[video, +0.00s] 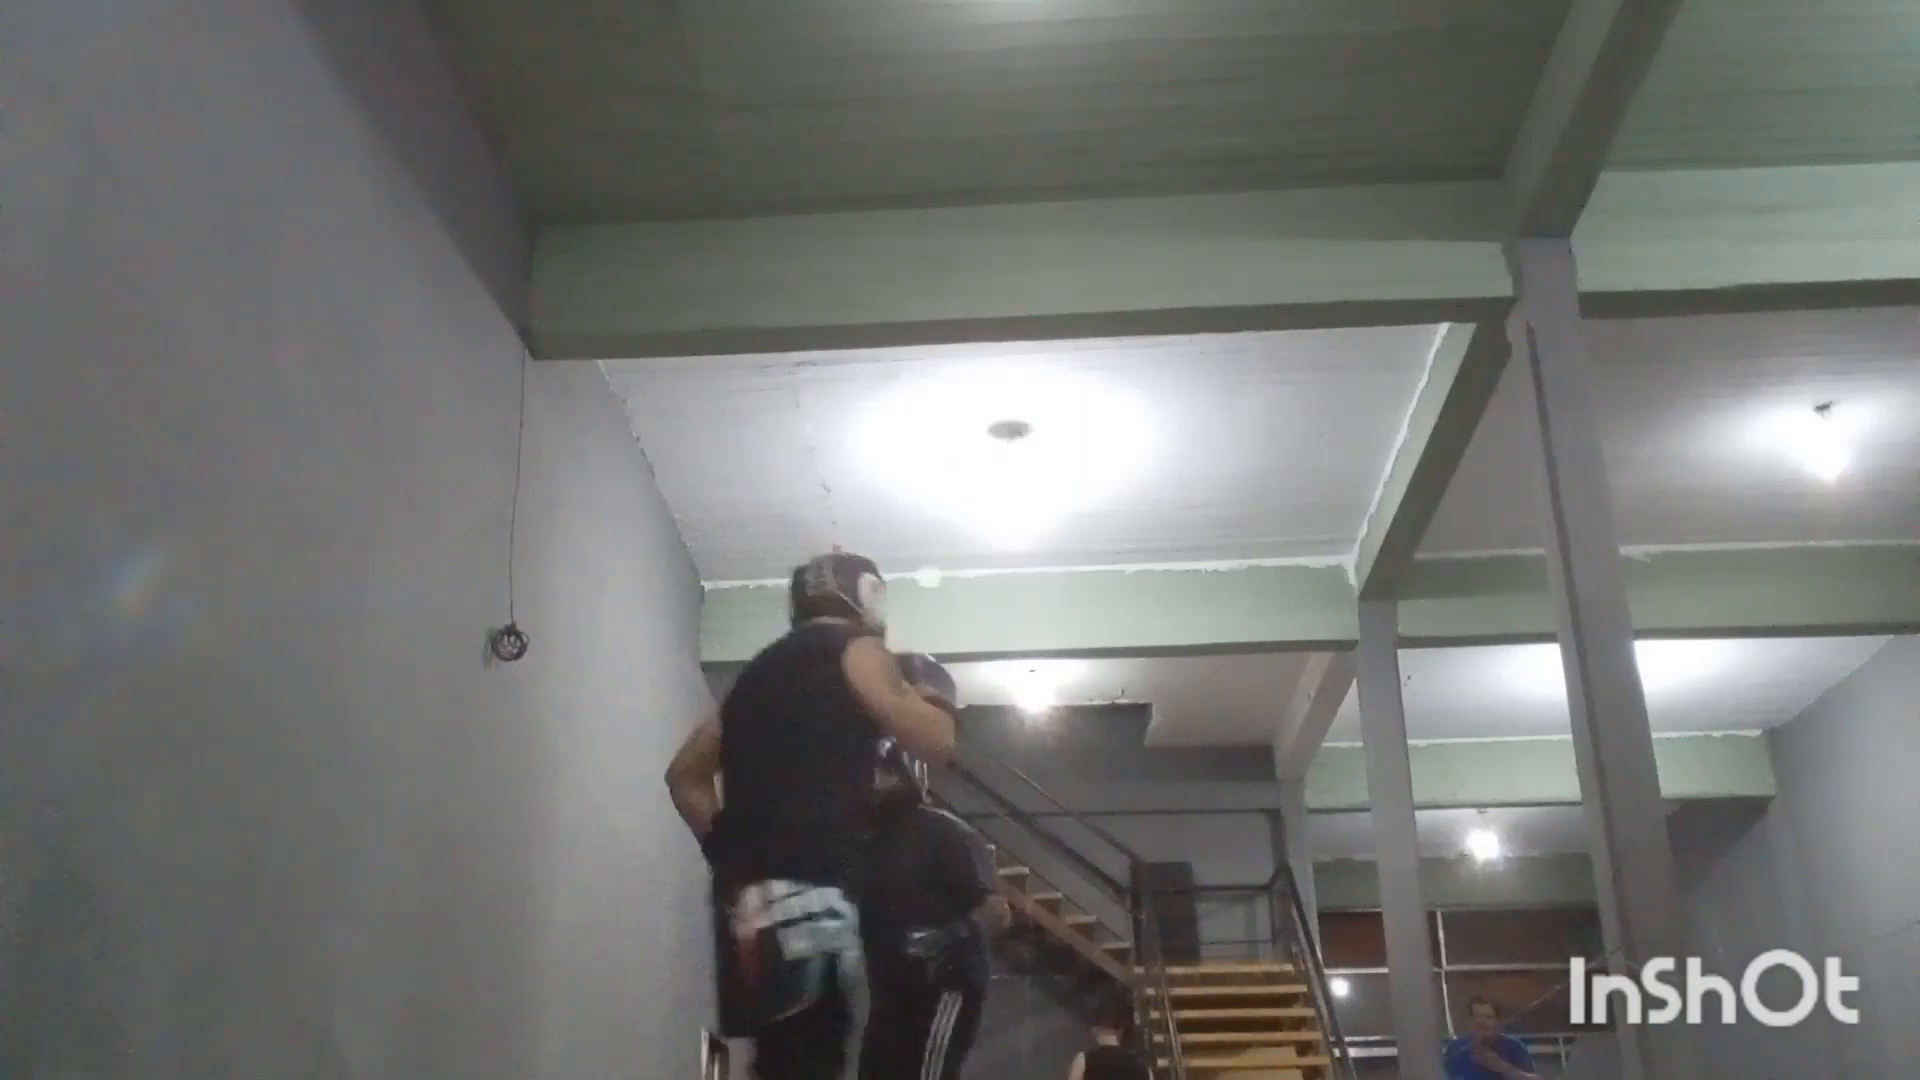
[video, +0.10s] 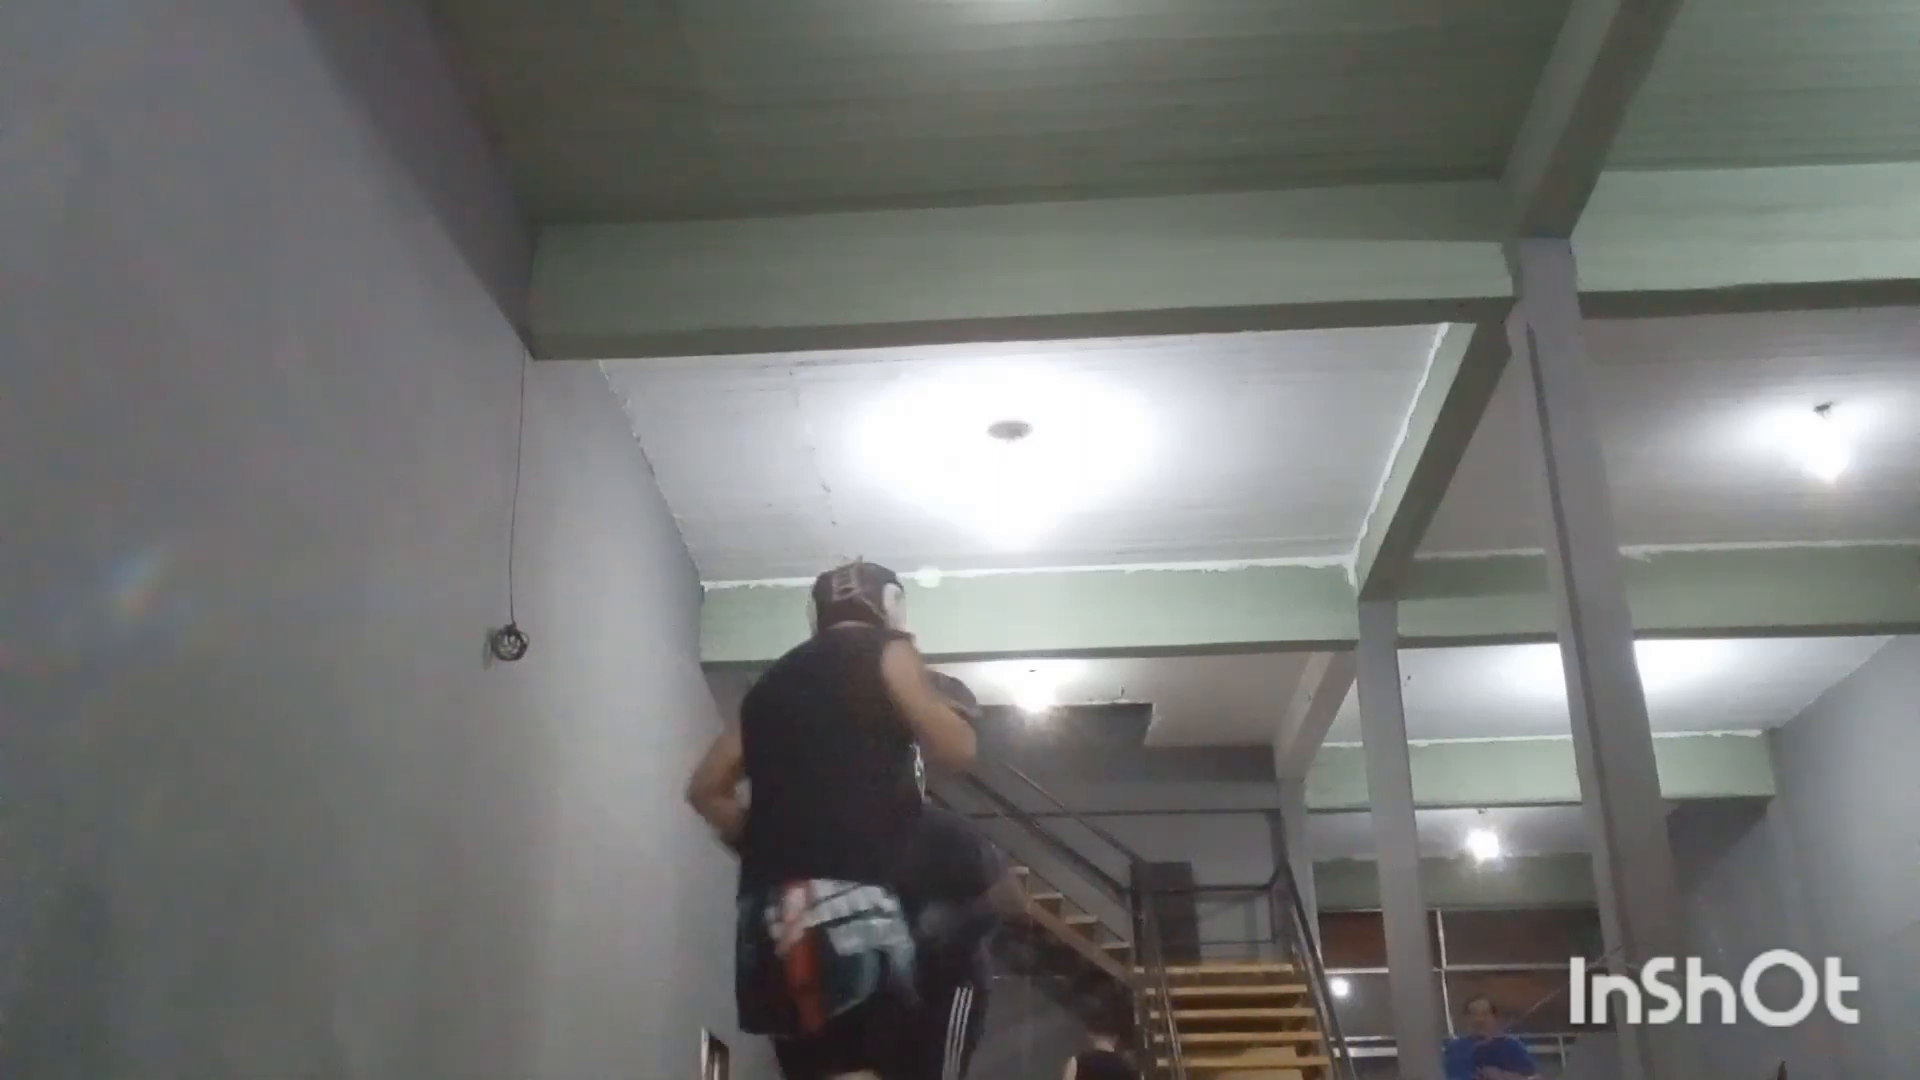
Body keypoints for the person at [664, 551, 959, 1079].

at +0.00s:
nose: (883, 610)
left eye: (881, 596)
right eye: (877, 596)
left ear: (803, 603)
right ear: (858, 597)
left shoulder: (757, 673)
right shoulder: (857, 650)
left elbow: (686, 775)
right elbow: (939, 741)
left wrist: (729, 855)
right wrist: (928, 691)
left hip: (743, 881)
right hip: (810, 880)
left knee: (776, 1052)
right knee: (813, 1055)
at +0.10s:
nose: (900, 619)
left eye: (898, 610)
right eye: (896, 610)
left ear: (819, 616)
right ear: (883, 608)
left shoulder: (770, 683)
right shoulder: (888, 652)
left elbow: (706, 787)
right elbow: (958, 750)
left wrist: (757, 843)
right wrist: (943, 706)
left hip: (772, 893)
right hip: (864, 886)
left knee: (804, 1060)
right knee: (872, 1055)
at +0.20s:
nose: (921, 616)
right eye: (918, 609)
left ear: (838, 619)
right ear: (906, 609)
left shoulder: (791, 676)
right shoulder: (921, 651)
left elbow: (744, 789)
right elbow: (981, 753)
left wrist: (814, 806)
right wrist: (963, 699)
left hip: (790, 895)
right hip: (888, 885)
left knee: (822, 1058)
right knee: (930, 1047)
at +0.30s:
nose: (938, 617)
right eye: (936, 611)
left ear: (865, 618)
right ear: (929, 612)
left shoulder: (816, 676)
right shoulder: (954, 652)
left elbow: (784, 785)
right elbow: (1005, 754)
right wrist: (986, 698)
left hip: (823, 897)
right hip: (924, 893)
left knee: (839, 1064)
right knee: (963, 1056)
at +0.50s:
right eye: (995, 611)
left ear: (924, 621)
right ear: (991, 619)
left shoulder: (879, 679)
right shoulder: (1023, 667)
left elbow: (875, 778)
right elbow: (1049, 768)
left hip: (890, 905)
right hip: (995, 902)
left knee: (900, 1061)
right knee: (1010, 1061)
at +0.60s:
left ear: (942, 623)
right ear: (1010, 621)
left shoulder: (900, 680)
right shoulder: (1047, 668)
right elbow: (1067, 765)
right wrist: (1008, 747)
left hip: (917, 886)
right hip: (1015, 879)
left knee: (920, 1050)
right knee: (1048, 1051)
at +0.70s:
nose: (1036, 626)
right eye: (1034, 619)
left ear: (963, 625)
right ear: (1030, 623)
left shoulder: (917, 685)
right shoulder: (1068, 670)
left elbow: (914, 781)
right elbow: (1092, 763)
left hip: (937, 907)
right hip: (1043, 902)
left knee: (942, 1068)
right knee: (1075, 1067)